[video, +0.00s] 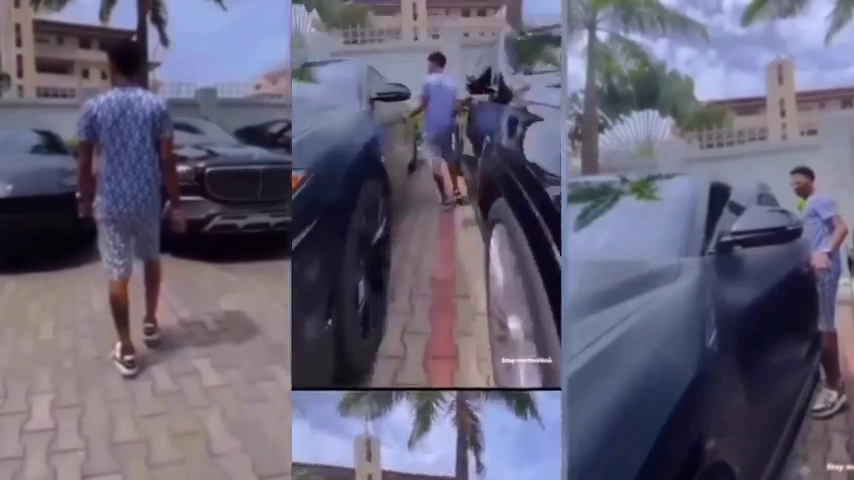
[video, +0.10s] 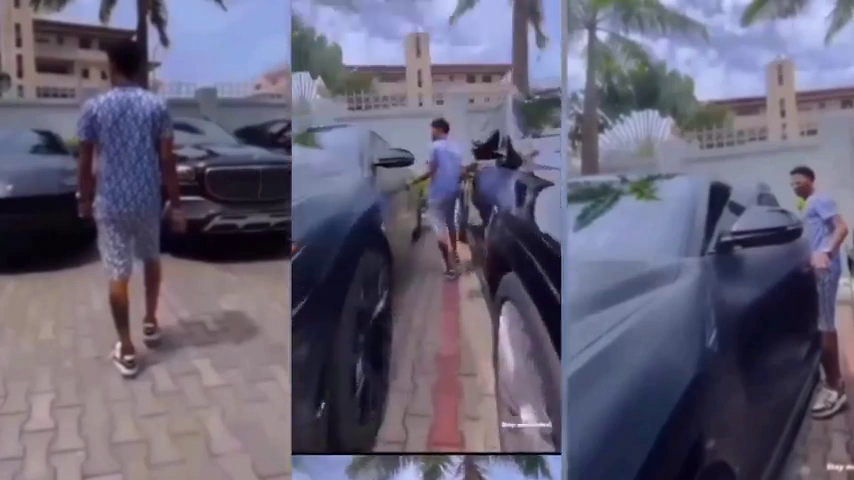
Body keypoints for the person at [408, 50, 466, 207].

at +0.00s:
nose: (428, 67)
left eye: (429, 64)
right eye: (429, 64)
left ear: (433, 65)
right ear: (443, 66)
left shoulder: (428, 81)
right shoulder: (452, 82)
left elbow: (423, 104)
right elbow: (457, 105)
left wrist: (412, 114)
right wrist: (451, 113)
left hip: (432, 127)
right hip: (448, 126)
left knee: (435, 161)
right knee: (450, 160)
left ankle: (444, 197)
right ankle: (457, 190)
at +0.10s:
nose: (432, 134)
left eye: (434, 131)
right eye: (432, 131)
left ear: (439, 131)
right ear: (446, 132)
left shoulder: (436, 147)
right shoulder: (456, 147)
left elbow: (431, 170)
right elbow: (461, 169)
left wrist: (415, 181)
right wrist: (455, 180)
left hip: (440, 191)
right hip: (454, 190)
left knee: (437, 225)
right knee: (450, 223)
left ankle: (449, 266)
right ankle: (455, 254)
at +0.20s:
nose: (436, 160)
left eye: (438, 157)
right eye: (437, 157)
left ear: (445, 157)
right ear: (450, 158)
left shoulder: (441, 172)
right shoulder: (461, 173)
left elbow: (440, 195)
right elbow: (468, 194)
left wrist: (422, 205)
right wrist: (462, 206)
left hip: (446, 215)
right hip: (459, 214)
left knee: (444, 249)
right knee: (453, 247)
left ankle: (455, 295)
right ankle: (450, 273)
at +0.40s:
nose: (447, 172)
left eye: (449, 169)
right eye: (447, 169)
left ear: (457, 168)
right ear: (459, 169)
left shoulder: (458, 183)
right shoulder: (467, 183)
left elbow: (457, 204)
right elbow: (469, 207)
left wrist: (432, 215)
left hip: (458, 227)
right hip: (467, 225)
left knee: (455, 262)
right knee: (455, 259)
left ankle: (468, 307)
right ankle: (457, 290)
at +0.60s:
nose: (456, 183)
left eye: (458, 179)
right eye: (456, 179)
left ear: (467, 179)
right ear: (468, 180)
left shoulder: (469, 193)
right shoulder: (473, 192)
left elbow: (472, 213)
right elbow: (473, 215)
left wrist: (454, 226)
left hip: (469, 239)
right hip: (473, 238)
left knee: (460, 272)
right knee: (469, 274)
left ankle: (479, 314)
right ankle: (473, 309)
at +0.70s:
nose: (460, 192)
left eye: (462, 189)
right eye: (460, 189)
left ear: (469, 188)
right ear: (469, 188)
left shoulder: (475, 201)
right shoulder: (474, 202)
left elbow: (483, 220)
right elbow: (478, 223)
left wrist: (466, 236)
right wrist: (464, 239)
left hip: (475, 248)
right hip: (476, 248)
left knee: (468, 284)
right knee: (476, 286)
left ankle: (483, 327)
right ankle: (479, 322)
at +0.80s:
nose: (458, 210)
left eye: (460, 207)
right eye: (458, 207)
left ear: (467, 206)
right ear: (462, 207)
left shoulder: (470, 218)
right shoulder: (467, 219)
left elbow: (481, 232)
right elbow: (475, 235)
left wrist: (468, 247)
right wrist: (464, 247)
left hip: (471, 259)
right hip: (469, 258)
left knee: (470, 291)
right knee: (470, 290)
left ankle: (478, 321)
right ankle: (478, 320)